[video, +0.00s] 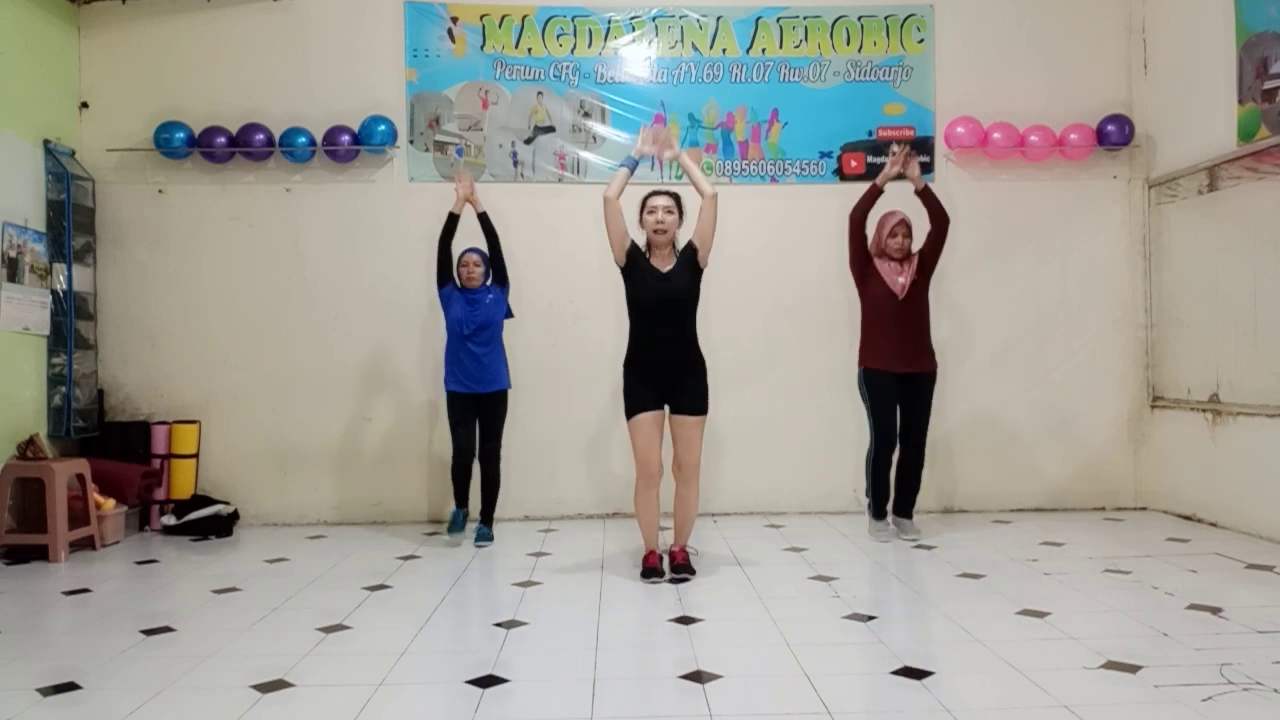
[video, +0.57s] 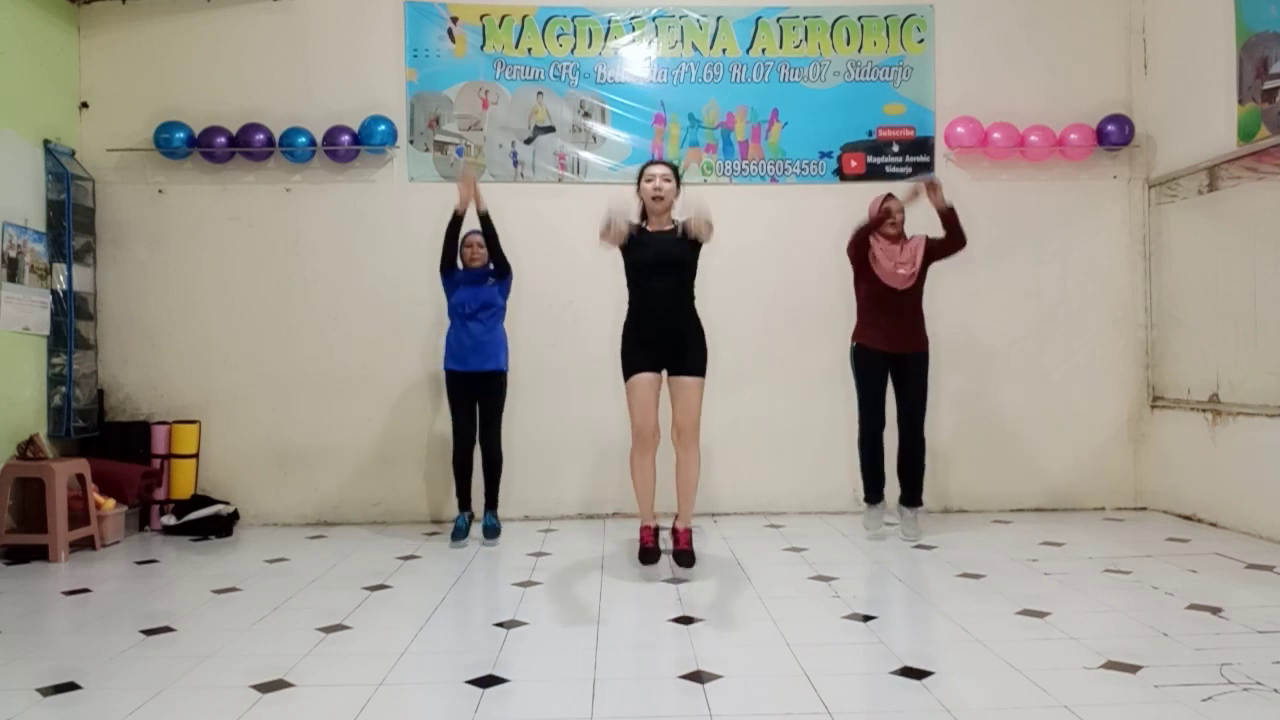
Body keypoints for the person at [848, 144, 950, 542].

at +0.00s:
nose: (902, 237)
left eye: (906, 232)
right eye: (894, 232)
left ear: (912, 239)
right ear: (879, 238)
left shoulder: (921, 267)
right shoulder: (866, 269)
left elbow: (941, 223)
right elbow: (856, 219)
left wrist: (917, 181)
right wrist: (883, 178)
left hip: (919, 368)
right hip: (878, 368)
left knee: (914, 445)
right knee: (884, 442)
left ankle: (904, 515)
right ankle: (878, 514)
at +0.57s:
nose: (894, 222)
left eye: (898, 216)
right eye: (886, 217)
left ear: (904, 218)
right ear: (874, 222)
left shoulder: (919, 248)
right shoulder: (863, 251)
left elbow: (956, 241)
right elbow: (858, 237)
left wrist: (941, 206)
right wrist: (892, 207)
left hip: (912, 349)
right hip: (871, 348)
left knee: (912, 427)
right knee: (871, 425)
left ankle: (911, 507)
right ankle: (874, 504)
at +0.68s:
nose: (891, 224)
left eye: (895, 219)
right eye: (884, 220)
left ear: (902, 226)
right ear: (872, 228)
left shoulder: (915, 257)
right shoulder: (859, 258)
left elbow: (949, 270)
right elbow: (860, 274)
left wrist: (941, 256)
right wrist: (893, 258)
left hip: (911, 356)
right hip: (871, 356)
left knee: (912, 434)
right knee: (872, 430)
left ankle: (907, 509)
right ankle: (868, 508)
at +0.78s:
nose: (891, 232)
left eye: (895, 226)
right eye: (883, 227)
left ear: (903, 234)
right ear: (871, 236)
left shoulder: (917, 273)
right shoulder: (860, 275)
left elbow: (939, 291)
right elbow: (868, 303)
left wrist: (951, 307)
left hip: (912, 368)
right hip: (871, 368)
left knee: (914, 443)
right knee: (869, 442)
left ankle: (904, 514)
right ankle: (864, 517)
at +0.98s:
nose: (895, 213)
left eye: (900, 209)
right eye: (887, 210)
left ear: (907, 218)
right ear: (876, 221)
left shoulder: (923, 254)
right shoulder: (864, 258)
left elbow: (936, 304)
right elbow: (860, 312)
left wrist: (936, 345)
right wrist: (883, 352)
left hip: (914, 353)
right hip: (871, 353)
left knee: (919, 431)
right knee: (869, 429)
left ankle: (908, 505)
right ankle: (866, 508)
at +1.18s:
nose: (903, 225)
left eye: (907, 220)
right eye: (895, 221)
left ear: (914, 229)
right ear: (883, 231)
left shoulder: (931, 271)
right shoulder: (872, 270)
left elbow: (942, 321)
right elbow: (854, 318)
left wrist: (937, 359)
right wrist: (829, 340)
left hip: (915, 368)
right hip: (874, 364)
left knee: (915, 443)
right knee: (871, 436)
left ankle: (907, 517)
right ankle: (867, 511)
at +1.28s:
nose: (901, 217)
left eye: (905, 213)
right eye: (893, 213)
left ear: (912, 220)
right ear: (881, 222)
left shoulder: (928, 259)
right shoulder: (869, 257)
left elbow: (942, 308)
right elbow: (844, 307)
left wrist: (935, 349)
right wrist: (827, 299)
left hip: (915, 355)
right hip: (874, 352)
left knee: (914, 433)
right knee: (872, 428)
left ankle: (909, 510)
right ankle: (873, 505)